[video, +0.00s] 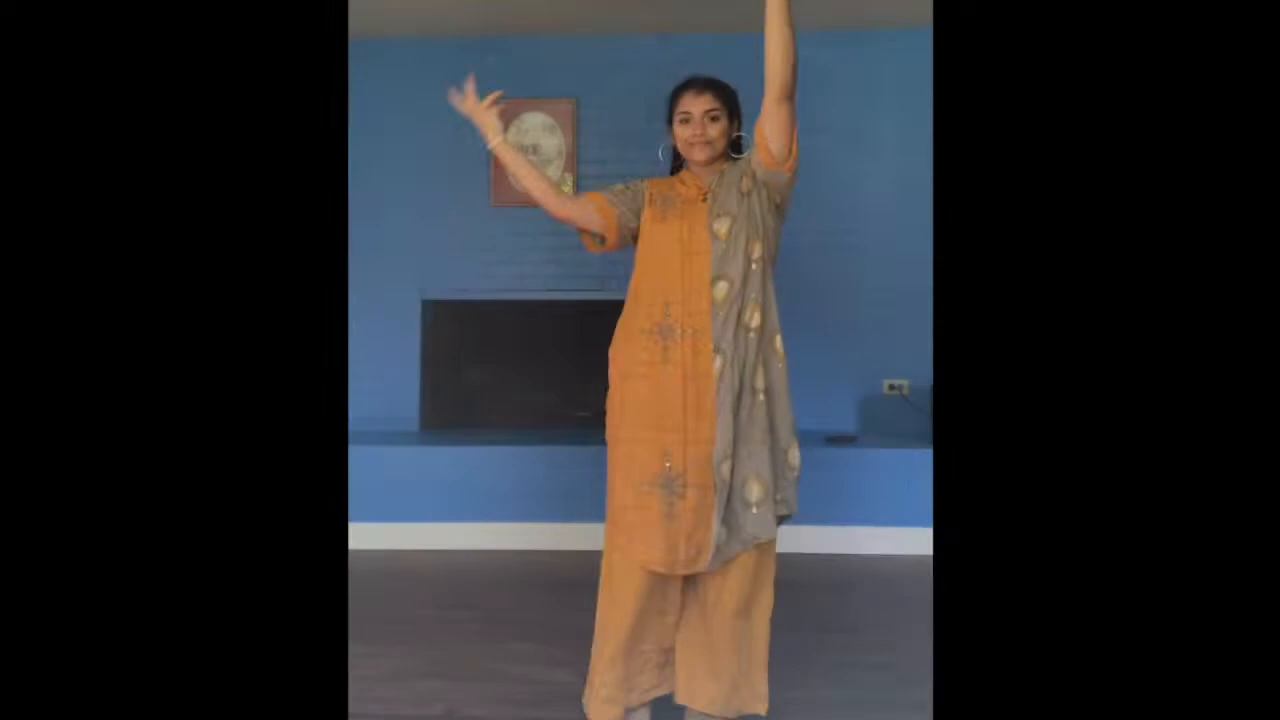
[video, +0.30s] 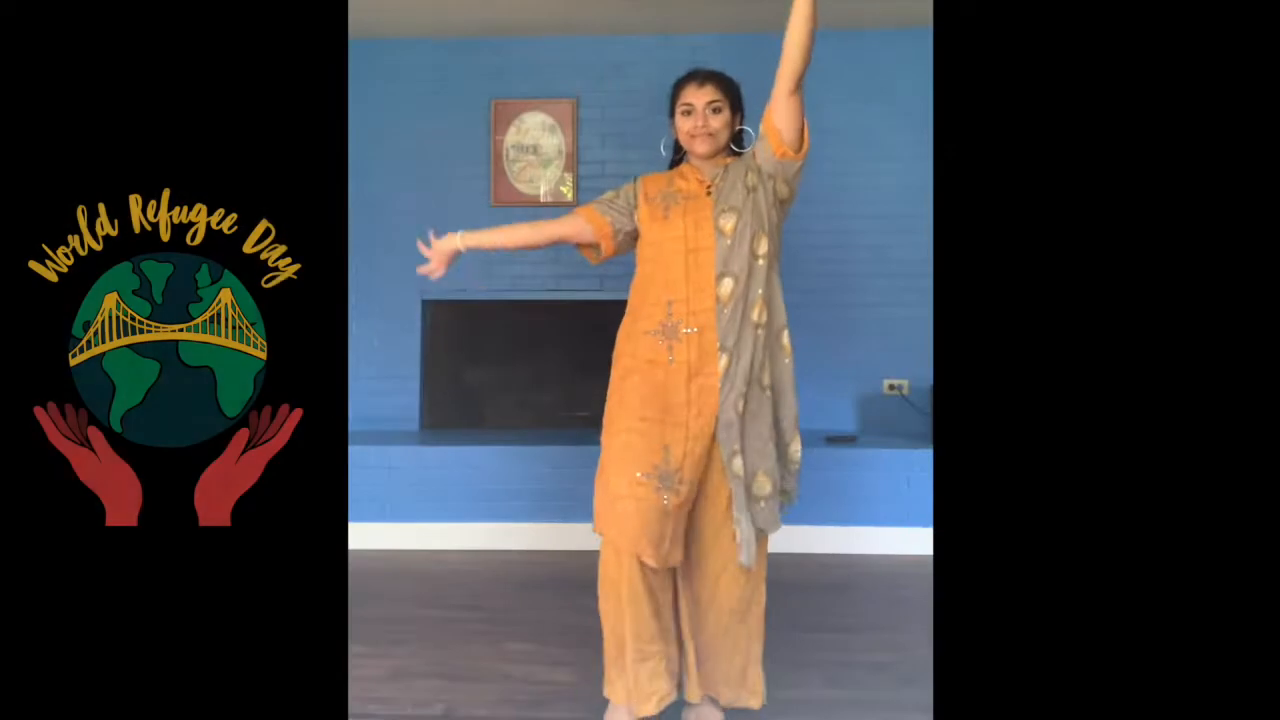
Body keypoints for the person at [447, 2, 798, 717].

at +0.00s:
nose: (699, 127)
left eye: (711, 117)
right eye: (686, 119)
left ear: (732, 129)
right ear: (671, 132)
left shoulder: (757, 189)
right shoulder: (650, 198)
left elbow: (780, 91)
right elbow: (564, 205)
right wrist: (495, 136)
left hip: (736, 397)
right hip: (651, 397)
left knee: (731, 560)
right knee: (640, 557)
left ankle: (720, 708)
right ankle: (616, 707)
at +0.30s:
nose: (700, 120)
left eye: (713, 109)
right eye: (688, 111)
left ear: (736, 120)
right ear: (673, 125)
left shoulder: (762, 180)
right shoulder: (649, 195)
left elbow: (789, 81)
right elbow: (562, 228)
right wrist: (463, 241)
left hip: (736, 394)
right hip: (650, 392)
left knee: (725, 554)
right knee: (632, 548)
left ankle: (715, 700)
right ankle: (639, 700)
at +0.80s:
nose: (695, 127)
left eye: (709, 115)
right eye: (683, 116)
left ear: (732, 127)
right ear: (668, 129)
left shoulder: (752, 187)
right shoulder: (638, 197)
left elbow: (793, 90)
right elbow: (564, 250)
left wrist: (810, 1)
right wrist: (545, 317)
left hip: (740, 392)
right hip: (653, 393)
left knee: (727, 547)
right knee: (632, 541)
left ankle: (708, 696)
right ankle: (641, 695)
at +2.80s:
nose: (690, 121)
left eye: (704, 109)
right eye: (677, 110)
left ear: (722, 119)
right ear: (660, 119)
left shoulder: (744, 181)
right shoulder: (631, 189)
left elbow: (796, 95)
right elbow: (556, 253)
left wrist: (825, 6)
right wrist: (576, 335)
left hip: (721, 384)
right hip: (639, 384)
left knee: (712, 537)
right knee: (628, 535)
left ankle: (703, 692)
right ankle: (612, 696)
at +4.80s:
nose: (692, 116)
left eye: (706, 105)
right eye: (679, 107)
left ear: (727, 116)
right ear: (663, 120)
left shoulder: (753, 179)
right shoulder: (634, 191)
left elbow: (800, 87)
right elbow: (564, 253)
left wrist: (825, 1)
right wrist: (584, 329)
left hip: (732, 388)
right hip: (644, 388)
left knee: (727, 552)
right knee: (635, 553)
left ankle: (713, 701)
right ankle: (631, 706)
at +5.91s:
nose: (681, 107)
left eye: (695, 95)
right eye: (667, 96)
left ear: (716, 108)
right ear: (651, 112)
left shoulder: (744, 166)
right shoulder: (625, 187)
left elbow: (809, 115)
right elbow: (563, 254)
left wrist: (822, 72)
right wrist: (544, 235)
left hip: (724, 387)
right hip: (640, 388)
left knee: (718, 551)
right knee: (633, 548)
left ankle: (713, 703)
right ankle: (629, 700)